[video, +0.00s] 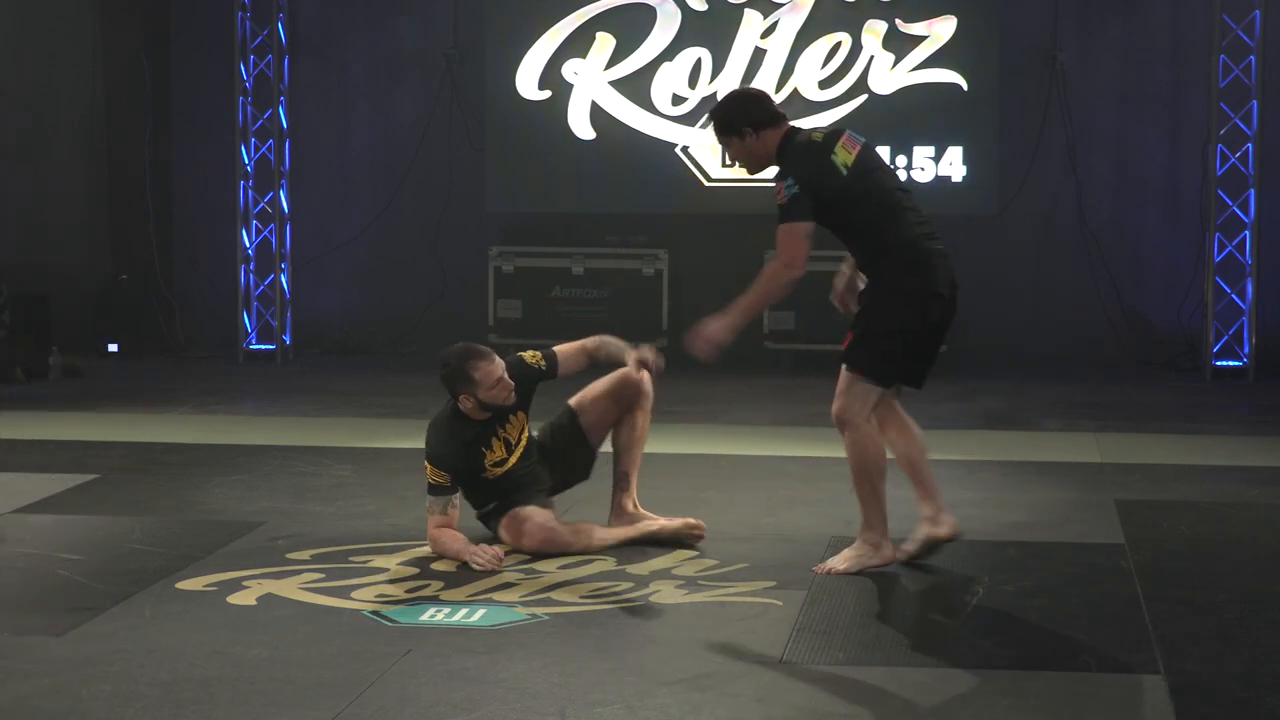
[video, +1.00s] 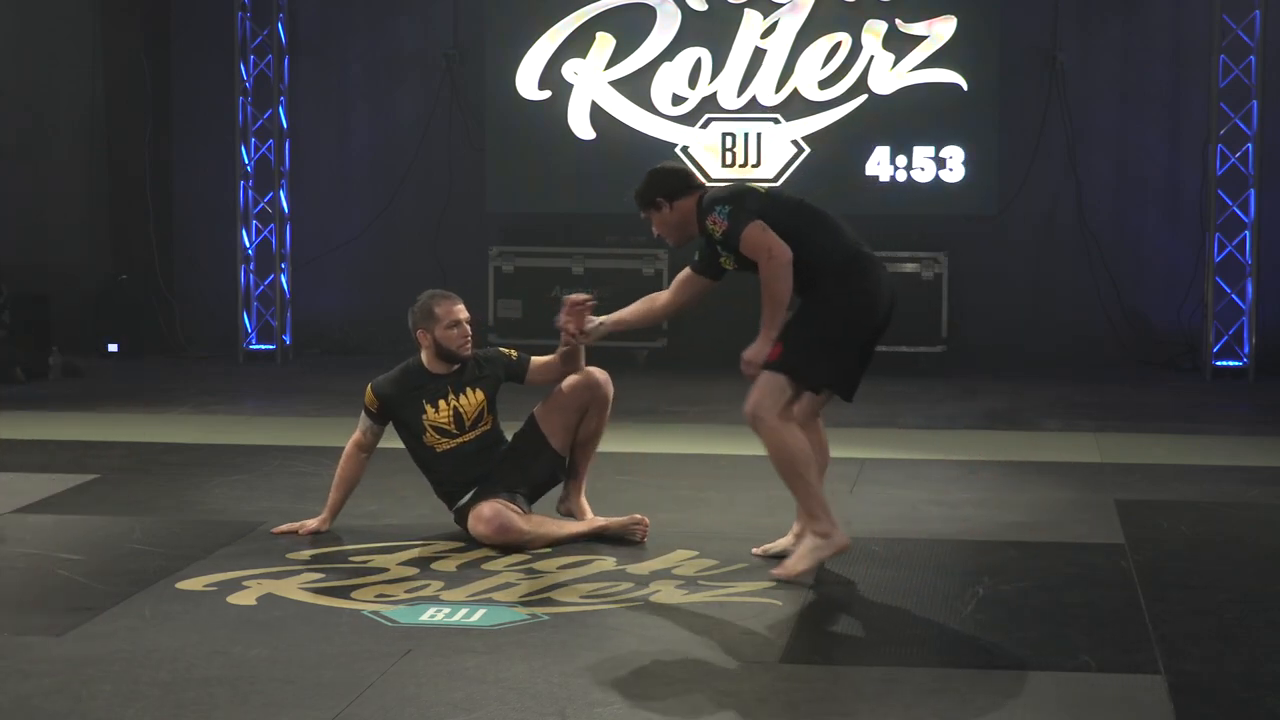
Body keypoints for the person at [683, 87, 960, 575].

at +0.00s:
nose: (733, 158)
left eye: (731, 147)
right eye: (728, 149)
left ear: (752, 134)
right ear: (770, 124)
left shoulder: (795, 165)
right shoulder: (832, 138)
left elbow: (789, 263)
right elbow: (883, 205)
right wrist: (853, 268)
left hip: (903, 282)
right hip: (928, 274)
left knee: (850, 412)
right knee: (880, 403)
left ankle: (874, 540)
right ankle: (936, 516)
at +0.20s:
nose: (748, 169)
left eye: (746, 157)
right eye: (743, 160)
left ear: (768, 146)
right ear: (778, 141)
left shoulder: (814, 174)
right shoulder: (837, 154)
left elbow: (873, 251)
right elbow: (898, 226)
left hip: (916, 288)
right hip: (954, 286)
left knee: (834, 402)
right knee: (941, 424)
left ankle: (865, 533)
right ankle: (980, 548)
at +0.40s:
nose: (732, 180)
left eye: (730, 168)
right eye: (727, 170)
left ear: (751, 156)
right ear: (765, 148)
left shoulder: (797, 182)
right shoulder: (824, 163)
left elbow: (858, 257)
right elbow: (849, 263)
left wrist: (902, 332)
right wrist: (829, 342)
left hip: (909, 296)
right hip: (948, 290)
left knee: (858, 421)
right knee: (955, 425)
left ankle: (849, 559)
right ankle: (982, 548)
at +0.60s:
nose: (702, 202)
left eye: (699, 189)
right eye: (696, 192)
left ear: (718, 175)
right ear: (736, 163)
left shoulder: (766, 196)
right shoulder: (785, 182)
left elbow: (807, 283)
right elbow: (820, 287)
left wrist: (801, 373)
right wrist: (782, 354)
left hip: (887, 290)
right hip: (915, 281)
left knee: (846, 422)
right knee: (886, 415)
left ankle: (847, 560)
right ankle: (942, 530)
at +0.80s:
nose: (680, 218)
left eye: (678, 206)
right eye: (674, 210)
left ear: (696, 192)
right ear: (703, 187)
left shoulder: (741, 205)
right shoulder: (746, 201)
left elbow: (784, 281)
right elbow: (745, 295)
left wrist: (782, 364)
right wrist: (686, 336)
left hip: (873, 282)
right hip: (880, 278)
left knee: (842, 414)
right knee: (839, 406)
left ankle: (848, 560)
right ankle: (818, 526)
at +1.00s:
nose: (653, 231)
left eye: (652, 219)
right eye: (649, 222)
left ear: (671, 204)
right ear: (675, 204)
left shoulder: (720, 209)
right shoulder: (717, 238)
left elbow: (776, 255)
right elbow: (668, 299)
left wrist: (766, 337)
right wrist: (600, 325)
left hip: (842, 295)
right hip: (859, 293)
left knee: (764, 409)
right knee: (803, 415)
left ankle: (824, 531)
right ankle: (806, 527)